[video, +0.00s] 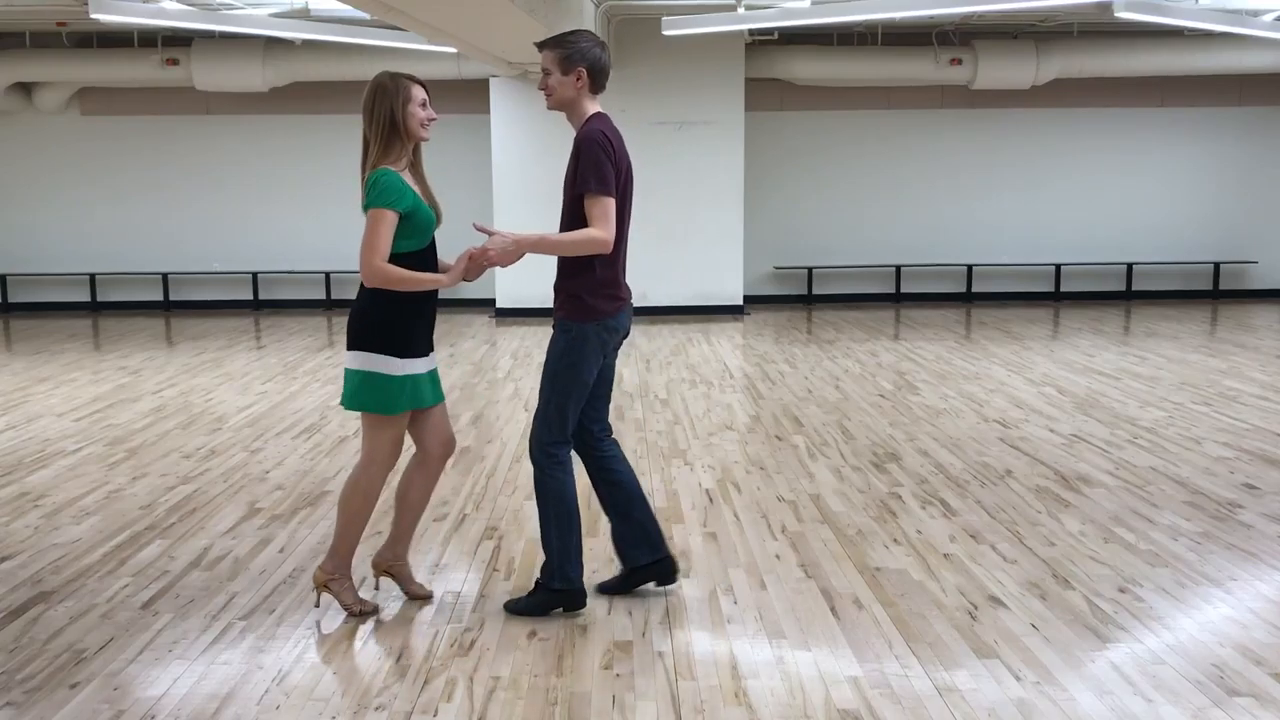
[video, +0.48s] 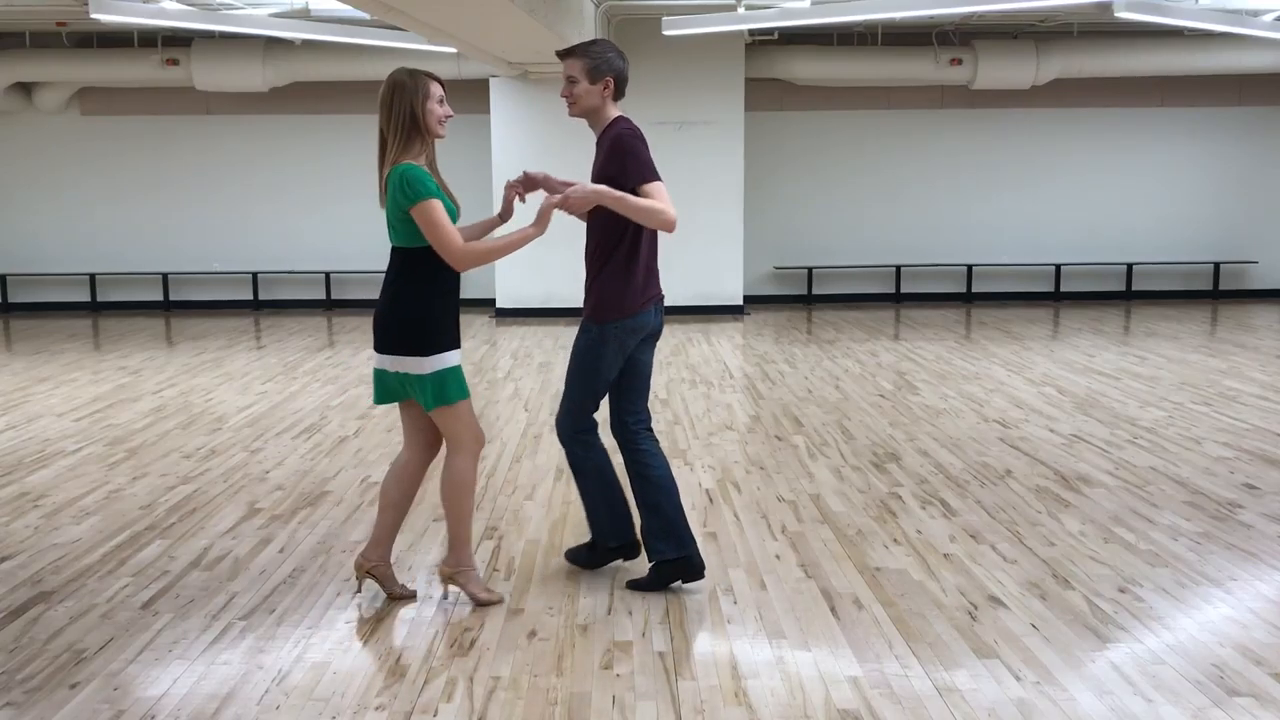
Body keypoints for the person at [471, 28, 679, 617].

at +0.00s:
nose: (540, 84)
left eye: (547, 74)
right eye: (541, 74)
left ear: (579, 77)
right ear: (580, 78)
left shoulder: (595, 139)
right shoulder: (601, 135)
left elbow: (602, 236)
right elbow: (593, 238)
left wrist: (525, 243)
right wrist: (520, 244)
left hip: (586, 317)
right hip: (603, 313)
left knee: (550, 444)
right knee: (591, 434)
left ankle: (562, 583)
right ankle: (648, 558)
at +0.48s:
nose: (564, 93)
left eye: (572, 83)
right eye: (563, 83)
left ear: (607, 85)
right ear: (599, 89)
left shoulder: (622, 139)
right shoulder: (614, 139)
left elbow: (666, 215)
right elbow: (601, 211)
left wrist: (599, 194)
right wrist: (550, 187)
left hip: (614, 313)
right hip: (640, 309)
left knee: (574, 423)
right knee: (633, 427)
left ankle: (615, 537)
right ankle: (677, 555)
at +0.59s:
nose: (567, 96)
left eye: (576, 87)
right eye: (566, 87)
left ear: (609, 90)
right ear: (598, 94)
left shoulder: (624, 143)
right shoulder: (608, 147)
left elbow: (674, 216)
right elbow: (581, 213)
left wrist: (629, 184)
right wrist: (550, 171)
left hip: (612, 314)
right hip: (632, 308)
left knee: (596, 428)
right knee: (632, 424)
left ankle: (627, 536)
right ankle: (676, 548)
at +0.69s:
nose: (568, 98)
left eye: (577, 89)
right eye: (567, 89)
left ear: (610, 93)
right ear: (594, 96)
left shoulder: (619, 147)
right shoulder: (602, 148)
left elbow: (674, 215)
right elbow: (566, 200)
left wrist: (645, 167)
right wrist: (548, 176)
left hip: (607, 315)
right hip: (633, 307)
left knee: (595, 429)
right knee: (628, 423)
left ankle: (628, 537)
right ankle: (679, 533)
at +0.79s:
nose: (572, 102)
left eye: (581, 93)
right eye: (570, 93)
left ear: (613, 96)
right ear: (584, 99)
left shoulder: (628, 150)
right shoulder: (590, 153)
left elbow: (673, 205)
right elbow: (543, 188)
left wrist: (659, 149)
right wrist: (542, 162)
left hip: (606, 314)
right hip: (627, 308)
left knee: (588, 429)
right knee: (615, 421)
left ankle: (628, 538)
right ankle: (683, 519)